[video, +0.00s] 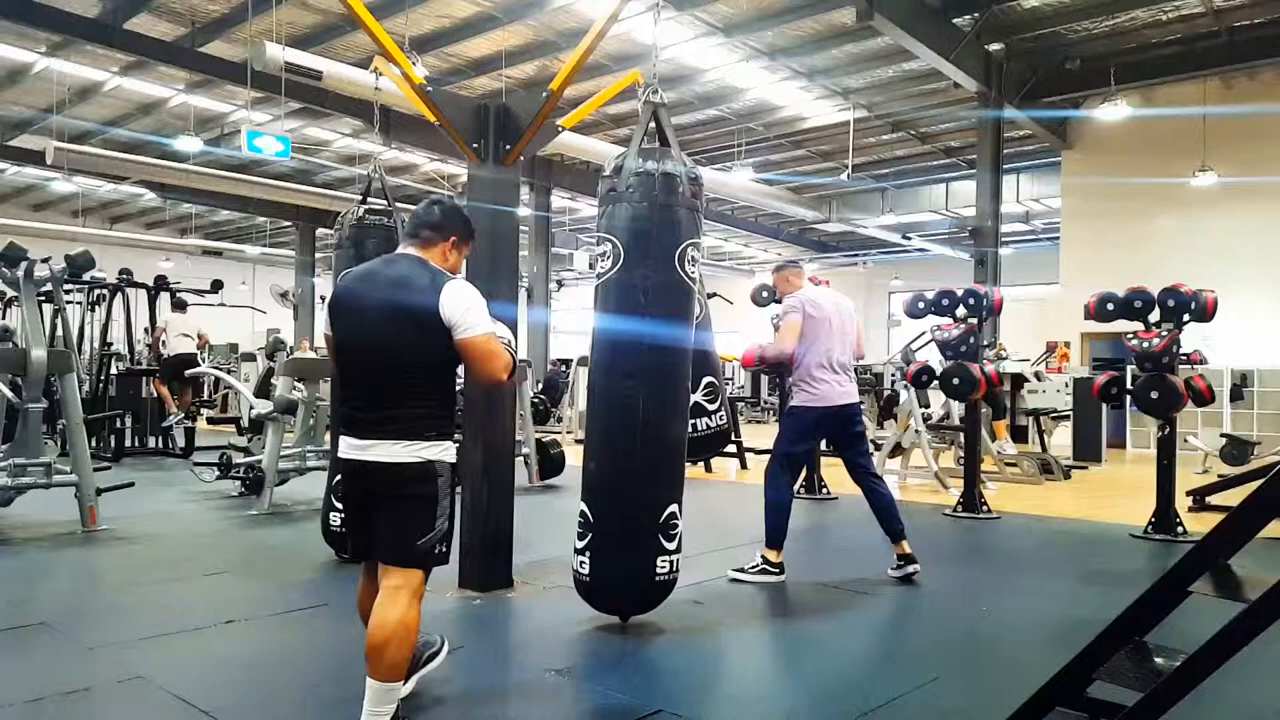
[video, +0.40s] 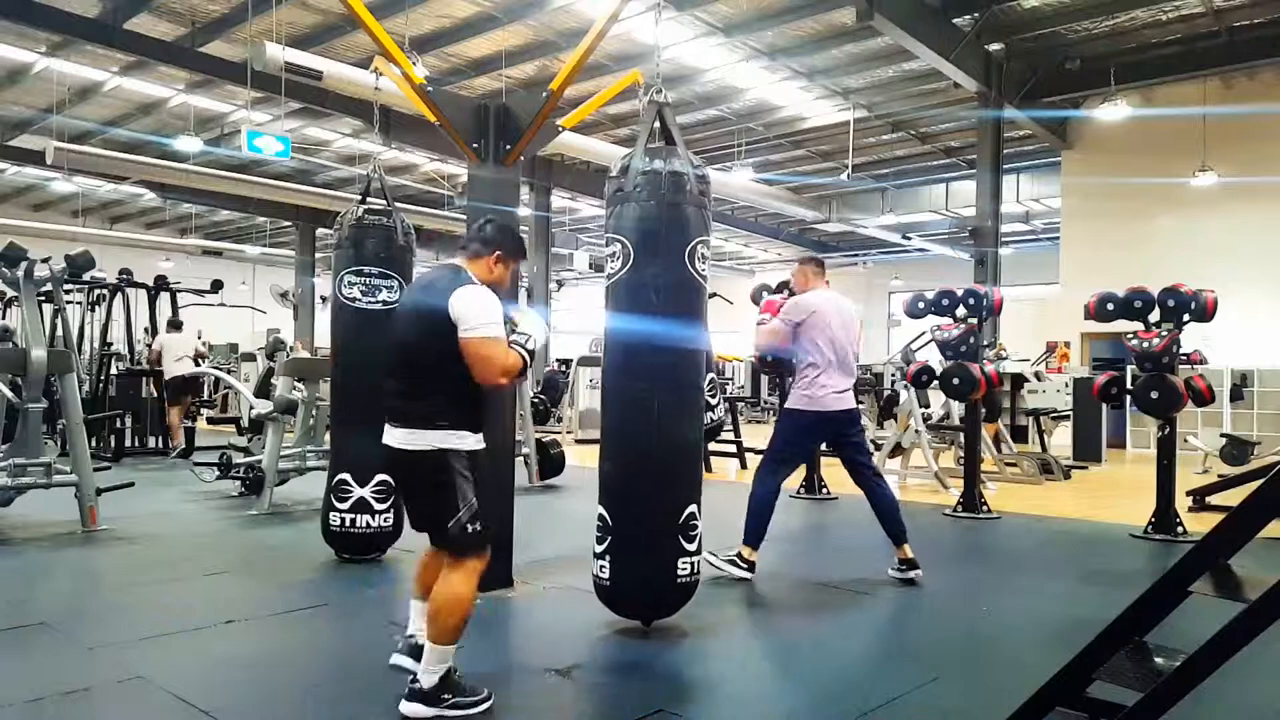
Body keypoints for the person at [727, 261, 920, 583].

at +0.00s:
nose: (779, 295)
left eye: (778, 289)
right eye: (777, 291)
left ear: (789, 278)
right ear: (802, 277)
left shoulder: (795, 301)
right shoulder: (844, 302)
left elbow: (784, 349)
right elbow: (858, 351)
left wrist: (757, 353)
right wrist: (818, 347)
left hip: (808, 404)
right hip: (847, 403)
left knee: (778, 475)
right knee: (867, 475)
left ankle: (772, 559)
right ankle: (904, 552)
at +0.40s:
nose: (793, 283)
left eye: (795, 277)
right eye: (793, 277)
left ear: (809, 275)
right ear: (824, 277)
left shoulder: (800, 303)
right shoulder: (848, 307)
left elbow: (766, 342)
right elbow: (855, 353)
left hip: (804, 409)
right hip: (845, 408)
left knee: (769, 474)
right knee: (869, 476)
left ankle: (747, 555)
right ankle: (906, 556)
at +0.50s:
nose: (775, 284)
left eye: (777, 278)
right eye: (776, 279)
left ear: (788, 276)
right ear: (804, 276)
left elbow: (727, 315)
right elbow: (847, 360)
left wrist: (735, 302)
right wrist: (802, 355)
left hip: (791, 411)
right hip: (832, 411)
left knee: (753, 477)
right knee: (860, 479)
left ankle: (740, 558)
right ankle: (902, 552)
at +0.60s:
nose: (753, 285)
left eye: (753, 280)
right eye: (754, 280)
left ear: (761, 278)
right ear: (783, 277)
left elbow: (709, 308)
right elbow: (834, 354)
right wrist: (796, 358)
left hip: (777, 408)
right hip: (817, 406)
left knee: (737, 476)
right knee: (836, 475)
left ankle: (737, 557)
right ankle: (888, 543)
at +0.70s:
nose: (730, 285)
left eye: (731, 279)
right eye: (730, 279)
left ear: (741, 276)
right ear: (757, 276)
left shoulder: (740, 305)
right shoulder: (787, 304)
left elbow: (709, 346)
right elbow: (795, 349)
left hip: (765, 406)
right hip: (800, 401)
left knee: (731, 476)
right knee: (820, 470)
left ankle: (736, 556)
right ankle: (876, 536)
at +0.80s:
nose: (715, 284)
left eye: (717, 277)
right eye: (715, 278)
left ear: (731, 276)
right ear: (735, 276)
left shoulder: (755, 306)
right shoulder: (737, 308)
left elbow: (743, 358)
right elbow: (738, 352)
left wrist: (716, 347)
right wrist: (724, 347)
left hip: (765, 401)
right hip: (785, 399)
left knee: (737, 475)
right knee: (808, 468)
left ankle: (737, 556)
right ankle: (866, 525)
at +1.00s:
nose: (721, 284)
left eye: (723, 277)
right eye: (721, 277)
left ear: (737, 276)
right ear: (744, 275)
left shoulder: (755, 306)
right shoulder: (765, 303)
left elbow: (737, 353)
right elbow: (738, 345)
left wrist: (710, 337)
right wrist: (722, 335)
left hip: (764, 402)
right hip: (782, 401)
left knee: (735, 475)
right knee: (771, 469)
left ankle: (736, 553)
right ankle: (830, 520)